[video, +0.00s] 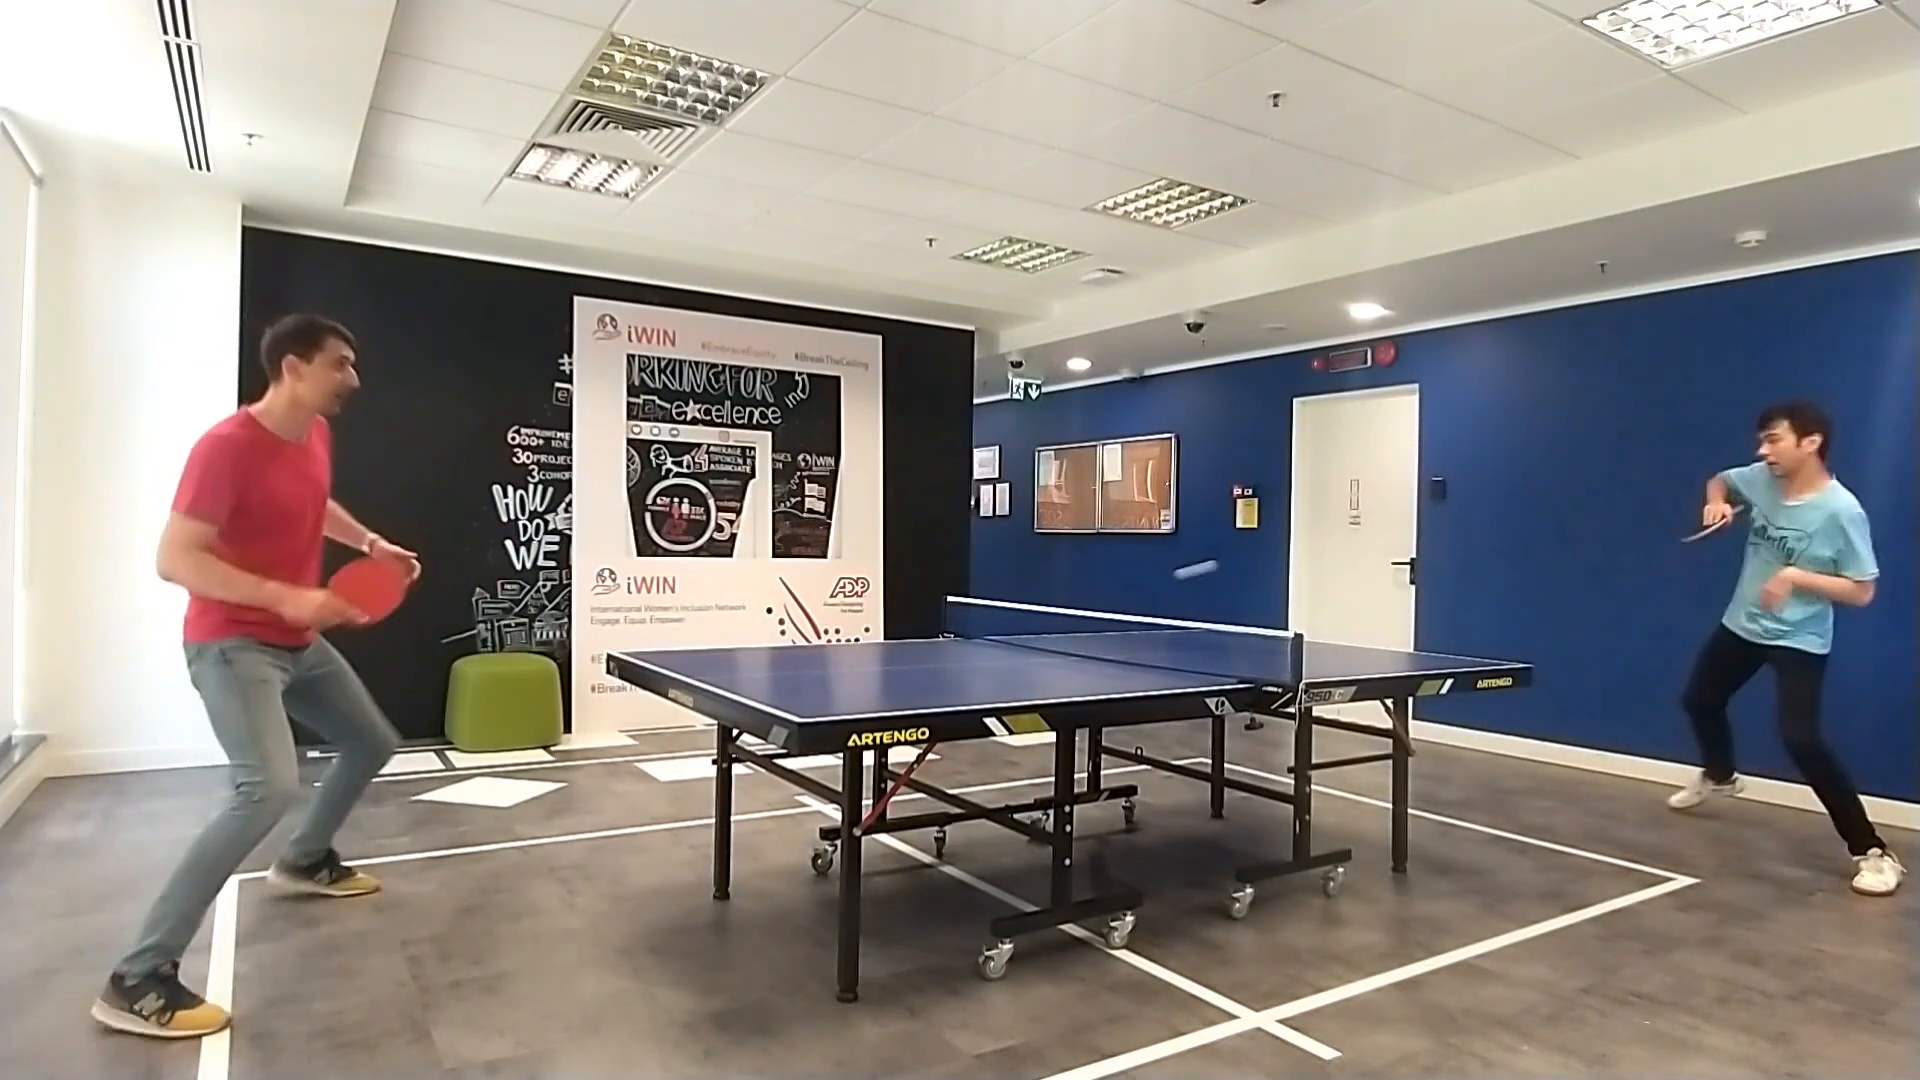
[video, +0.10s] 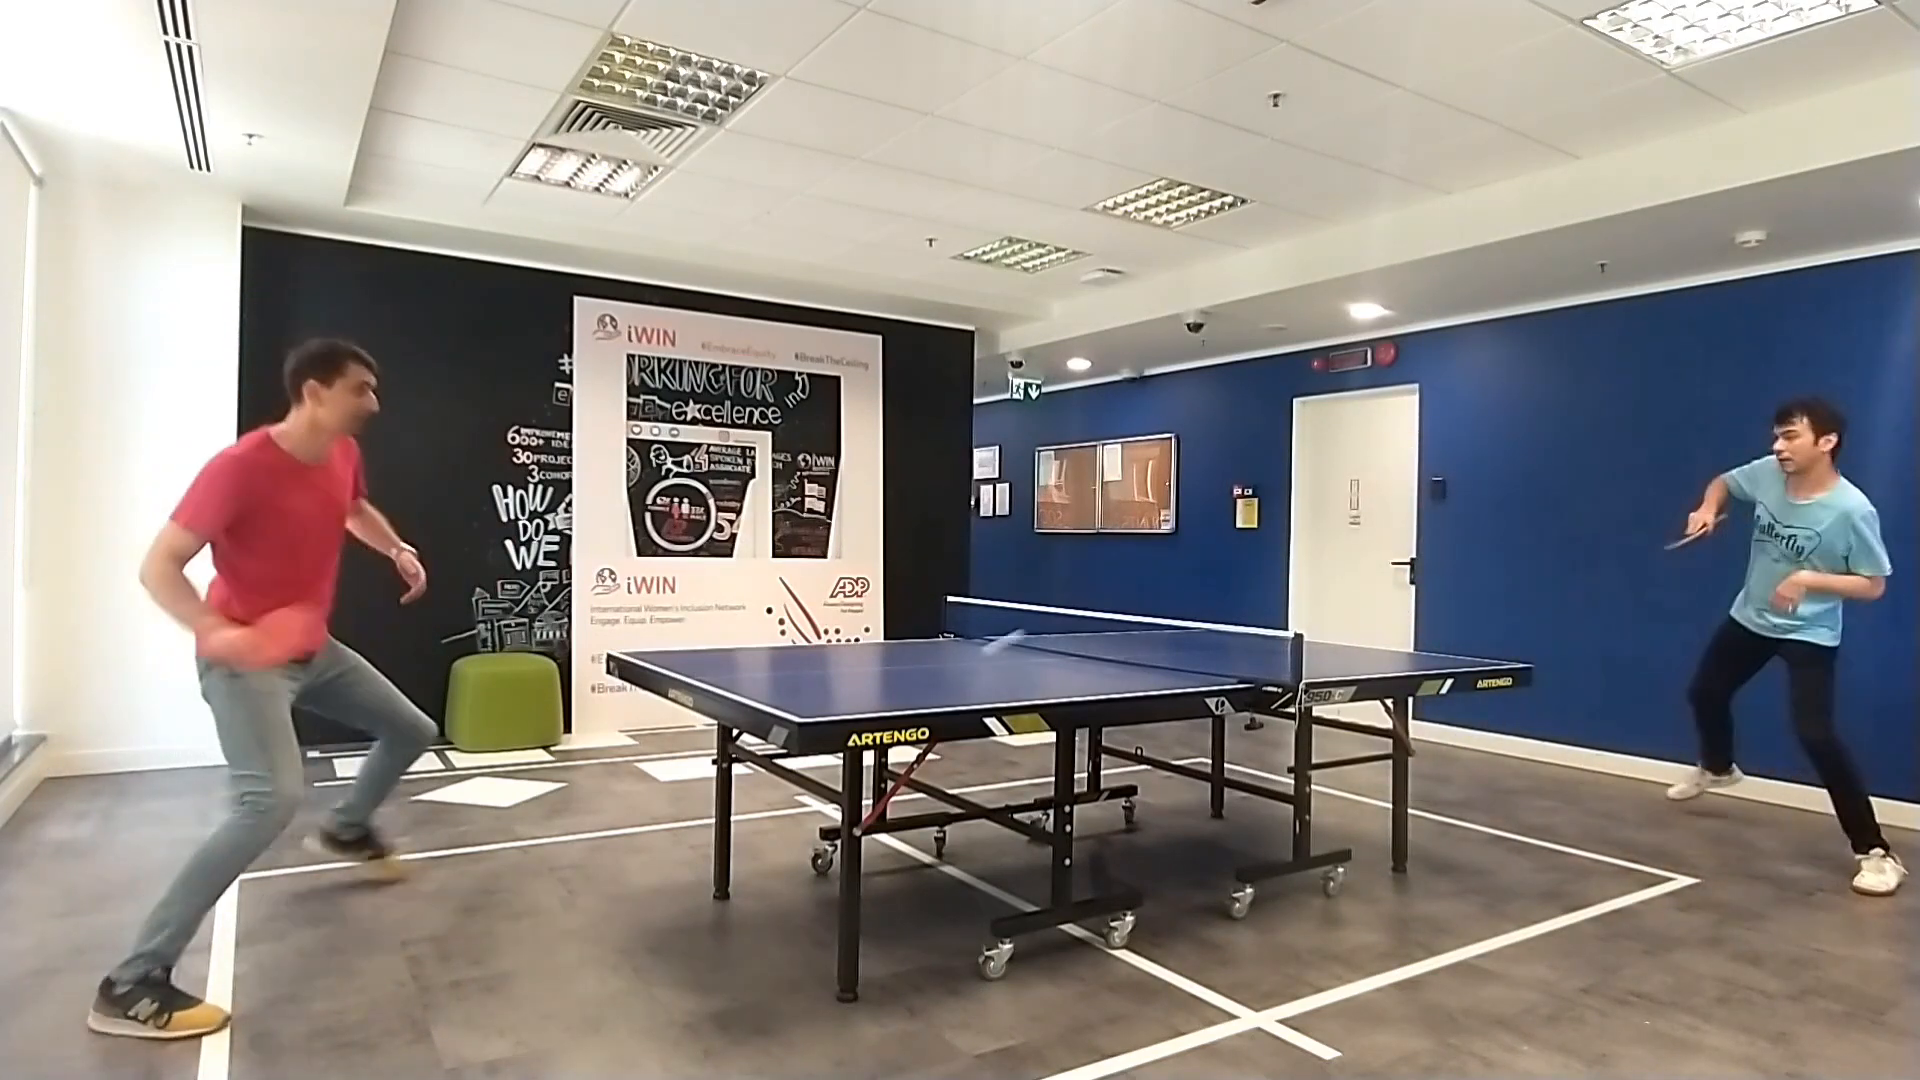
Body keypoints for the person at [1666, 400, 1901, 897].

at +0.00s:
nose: (1765, 451)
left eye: (1775, 440)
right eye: (1764, 442)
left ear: (1811, 444)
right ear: (1766, 447)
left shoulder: (1843, 510)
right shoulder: (1763, 478)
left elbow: (1862, 590)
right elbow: (1719, 482)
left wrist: (1794, 576)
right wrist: (1716, 502)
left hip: (1800, 642)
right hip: (1742, 625)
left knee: (1801, 741)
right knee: (1700, 700)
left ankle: (1871, 854)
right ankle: (1719, 777)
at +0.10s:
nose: (1780, 445)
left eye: (1791, 436)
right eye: (1778, 437)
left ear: (1827, 443)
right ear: (1780, 443)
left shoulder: (1853, 509)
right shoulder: (1770, 472)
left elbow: (1873, 584)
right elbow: (1722, 484)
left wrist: (1806, 578)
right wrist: (1708, 510)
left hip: (1809, 636)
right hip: (1750, 620)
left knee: (1815, 735)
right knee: (1706, 692)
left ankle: (1874, 853)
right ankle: (1717, 771)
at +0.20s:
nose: (1778, 446)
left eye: (1790, 438)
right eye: (1776, 438)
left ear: (1824, 445)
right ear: (1774, 444)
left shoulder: (1851, 510)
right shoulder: (1766, 476)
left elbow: (1874, 584)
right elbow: (1726, 497)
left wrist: (1811, 586)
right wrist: (1701, 530)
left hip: (1813, 634)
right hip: (1753, 616)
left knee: (1820, 727)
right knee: (1704, 687)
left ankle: (1875, 853)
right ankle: (1694, 764)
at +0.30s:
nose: (1763, 456)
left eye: (1775, 447)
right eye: (1761, 448)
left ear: (1808, 454)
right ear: (1758, 454)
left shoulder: (1837, 516)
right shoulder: (1754, 488)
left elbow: (1867, 588)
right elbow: (1727, 521)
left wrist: (1803, 603)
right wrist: (1692, 554)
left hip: (1811, 637)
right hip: (1751, 622)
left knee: (1819, 730)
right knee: (1695, 689)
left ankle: (1875, 852)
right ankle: (1667, 761)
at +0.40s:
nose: (1737, 468)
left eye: (1747, 459)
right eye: (1732, 461)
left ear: (1779, 465)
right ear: (1730, 469)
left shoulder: (1812, 525)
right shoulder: (1733, 506)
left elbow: (1840, 598)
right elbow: (1724, 542)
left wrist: (1776, 620)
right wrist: (1681, 577)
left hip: (1800, 645)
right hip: (1741, 632)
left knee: (1812, 732)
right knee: (1683, 694)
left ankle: (1874, 852)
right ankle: (1645, 765)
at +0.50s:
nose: (1696, 479)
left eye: (1706, 469)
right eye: (1693, 472)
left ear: (1738, 475)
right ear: (1693, 480)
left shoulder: (1770, 531)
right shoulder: (1706, 521)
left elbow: (1790, 606)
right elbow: (1710, 569)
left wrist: (1722, 623)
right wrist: (1667, 601)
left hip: (1779, 651)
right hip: (1730, 646)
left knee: (1798, 736)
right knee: (1660, 704)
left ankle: (1873, 854)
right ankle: (1648, 783)